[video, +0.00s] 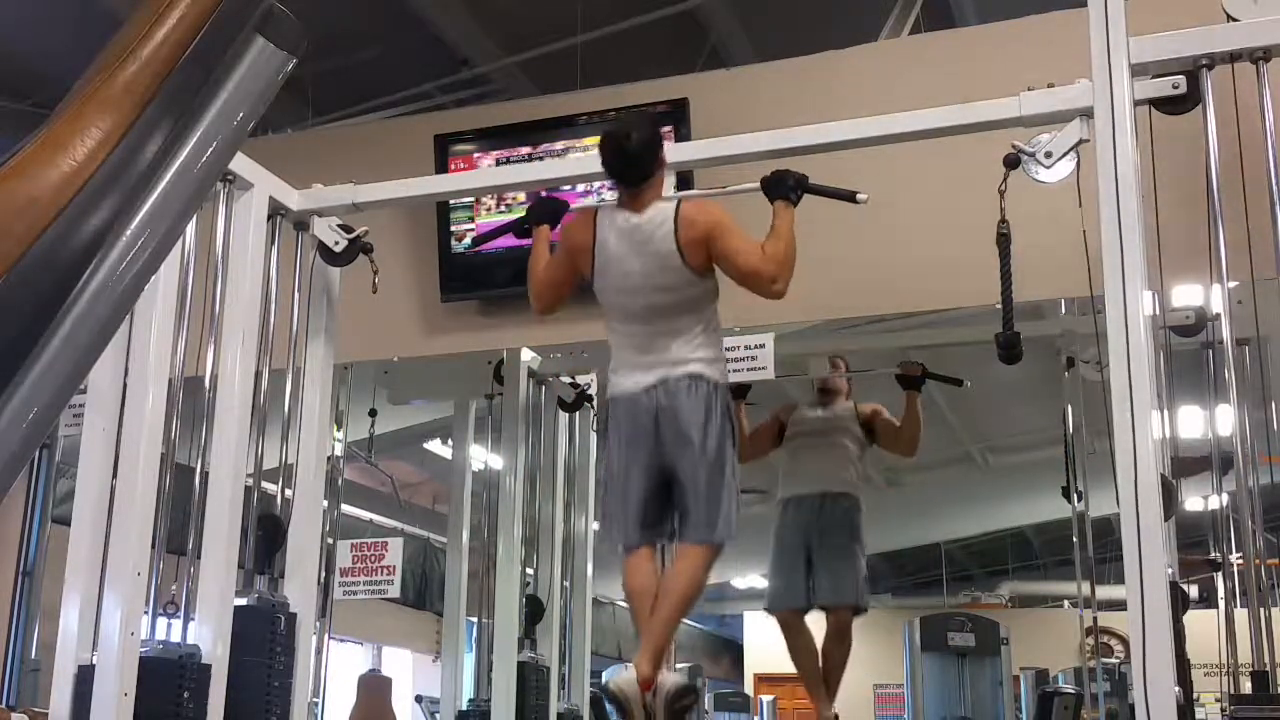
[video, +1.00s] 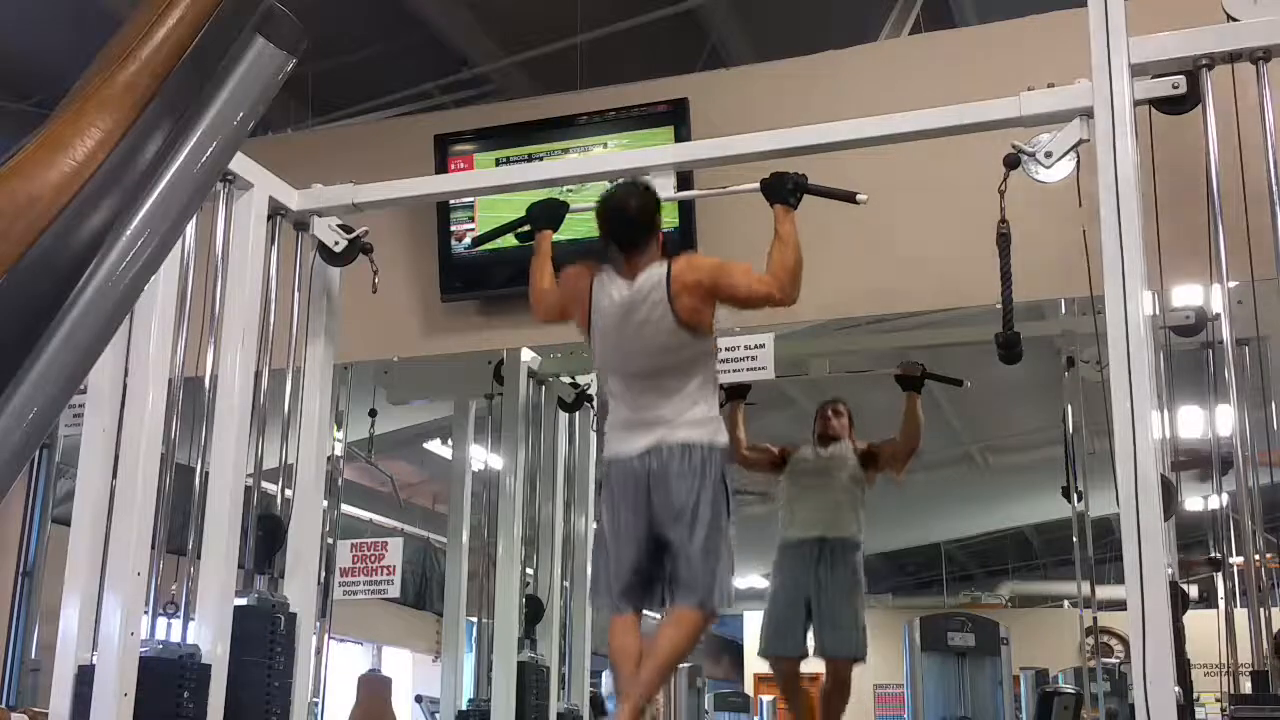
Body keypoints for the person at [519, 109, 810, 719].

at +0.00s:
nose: (666, 151)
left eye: (655, 146)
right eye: (663, 145)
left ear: (607, 173)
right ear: (662, 160)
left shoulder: (586, 230)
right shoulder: (699, 216)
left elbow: (543, 297)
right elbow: (773, 279)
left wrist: (540, 235)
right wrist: (784, 206)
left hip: (629, 398)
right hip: (693, 392)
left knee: (637, 538)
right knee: (702, 531)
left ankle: (659, 675)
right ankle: (641, 670)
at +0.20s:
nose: (668, 161)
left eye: (658, 153)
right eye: (665, 154)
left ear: (610, 178)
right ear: (662, 169)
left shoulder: (586, 237)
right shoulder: (698, 224)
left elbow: (542, 299)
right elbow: (778, 277)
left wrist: (541, 229)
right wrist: (785, 206)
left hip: (630, 404)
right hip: (695, 398)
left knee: (643, 548)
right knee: (708, 544)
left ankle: (664, 684)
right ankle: (648, 675)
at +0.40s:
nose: (660, 231)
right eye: (658, 226)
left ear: (607, 251)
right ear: (660, 239)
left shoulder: (588, 300)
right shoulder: (696, 289)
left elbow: (545, 300)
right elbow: (784, 287)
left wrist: (543, 234)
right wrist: (785, 207)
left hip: (626, 484)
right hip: (693, 479)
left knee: (636, 626)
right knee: (708, 617)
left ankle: (649, 718)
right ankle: (659, 716)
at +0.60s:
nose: (663, 300)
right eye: (659, 295)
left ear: (609, 317)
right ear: (661, 306)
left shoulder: (591, 357)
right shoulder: (699, 343)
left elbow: (551, 302)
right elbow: (773, 292)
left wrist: (544, 235)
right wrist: (783, 209)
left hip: (622, 533)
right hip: (692, 529)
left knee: (620, 683)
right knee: (693, 681)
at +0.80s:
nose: (668, 291)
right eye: (664, 284)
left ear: (609, 304)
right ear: (660, 295)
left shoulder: (591, 346)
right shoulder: (695, 332)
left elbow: (550, 303)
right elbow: (773, 291)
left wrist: (544, 235)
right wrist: (783, 209)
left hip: (622, 523)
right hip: (691, 520)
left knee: (614, 672)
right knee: (688, 671)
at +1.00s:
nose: (659, 224)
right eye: (657, 218)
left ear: (605, 235)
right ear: (660, 226)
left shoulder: (588, 285)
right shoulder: (693, 273)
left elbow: (543, 302)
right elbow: (781, 288)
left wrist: (542, 238)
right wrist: (785, 210)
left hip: (622, 458)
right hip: (691, 452)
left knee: (622, 601)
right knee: (696, 596)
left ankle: (630, 715)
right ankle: (631, 708)